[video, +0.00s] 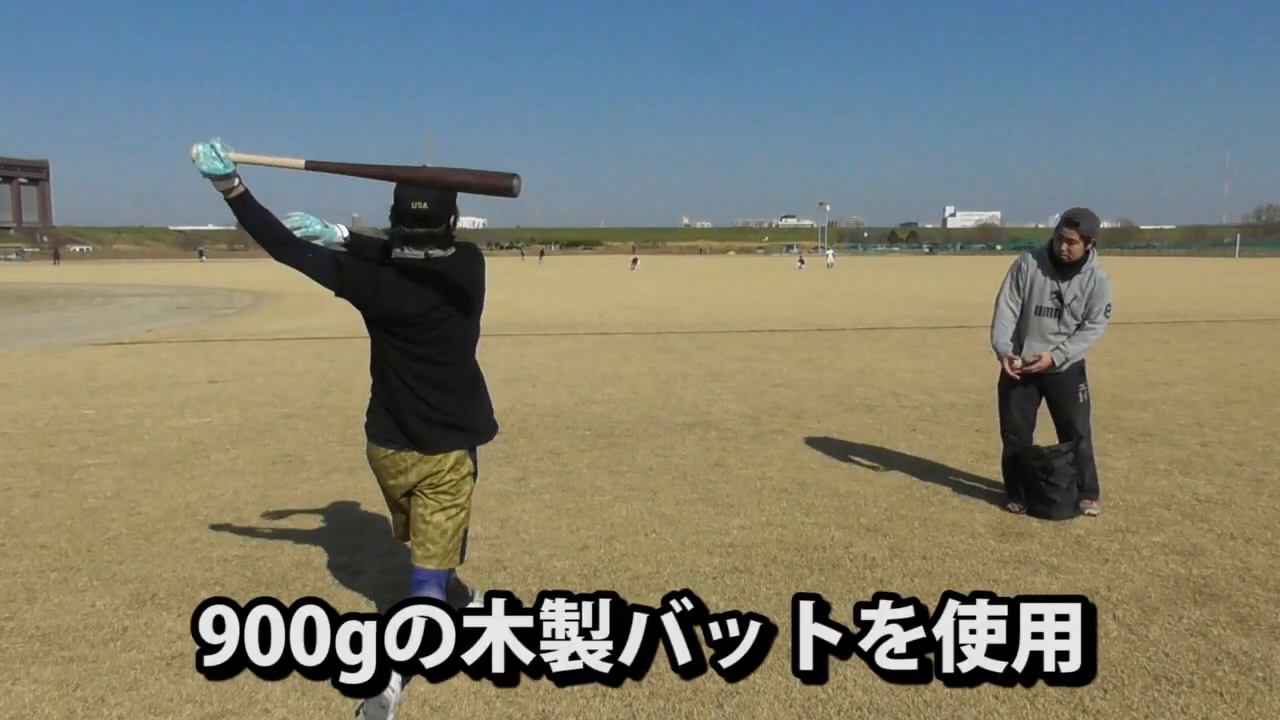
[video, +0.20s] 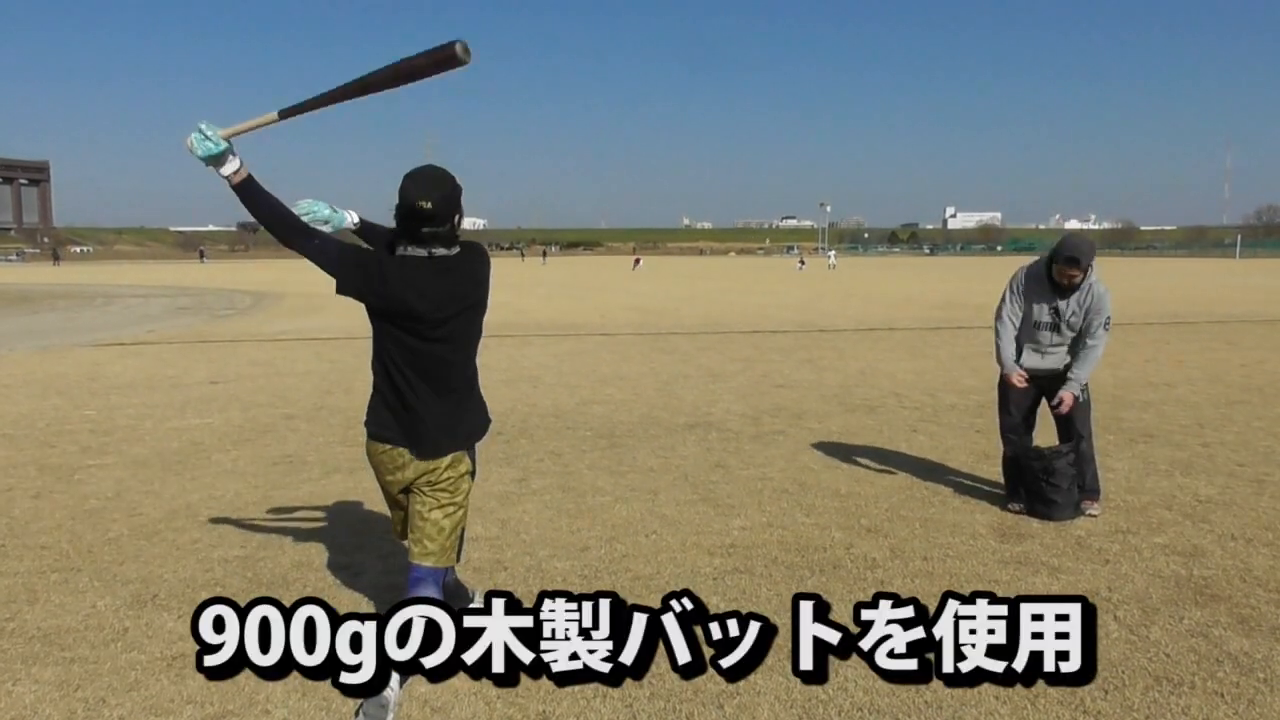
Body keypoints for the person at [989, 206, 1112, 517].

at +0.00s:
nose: (1063, 247)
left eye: (1072, 242)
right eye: (1060, 239)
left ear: (1089, 244)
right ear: (1053, 235)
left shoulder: (1097, 280)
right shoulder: (1028, 265)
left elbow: (1092, 329)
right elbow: (1006, 308)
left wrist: (1055, 357)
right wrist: (1004, 349)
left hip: (1066, 366)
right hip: (1019, 363)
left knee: (1077, 432)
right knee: (1015, 433)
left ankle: (1087, 494)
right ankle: (1016, 493)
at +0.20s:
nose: (1067, 280)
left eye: (1074, 276)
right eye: (1063, 274)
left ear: (1087, 270)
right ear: (1053, 262)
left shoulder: (1096, 295)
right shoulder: (1026, 279)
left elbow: (1093, 345)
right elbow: (1006, 321)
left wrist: (1073, 386)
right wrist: (1008, 364)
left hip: (1066, 373)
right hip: (1022, 369)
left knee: (1079, 436)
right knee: (1014, 435)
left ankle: (1088, 496)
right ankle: (1016, 495)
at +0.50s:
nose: (1044, 320)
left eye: (1052, 316)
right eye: (1039, 313)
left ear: (1067, 310)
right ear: (1033, 301)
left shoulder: (1082, 321)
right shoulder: (1013, 305)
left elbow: (1085, 372)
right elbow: (998, 345)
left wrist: (1067, 419)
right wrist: (1002, 385)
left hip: (1062, 379)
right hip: (1021, 377)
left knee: (1076, 433)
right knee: (1014, 434)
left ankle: (1087, 495)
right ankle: (1015, 494)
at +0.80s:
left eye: (1023, 315)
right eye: (1015, 317)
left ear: (1025, 311)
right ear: (1002, 316)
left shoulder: (1052, 328)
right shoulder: (1000, 315)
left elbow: (1056, 383)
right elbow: (996, 344)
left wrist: (1034, 430)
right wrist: (996, 380)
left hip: (1072, 368)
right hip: (1030, 367)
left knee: (1069, 429)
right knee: (1018, 426)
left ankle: (1086, 493)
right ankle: (1015, 488)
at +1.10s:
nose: (986, 320)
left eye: (984, 316)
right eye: (984, 316)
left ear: (984, 315)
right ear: (998, 292)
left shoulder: (1028, 340)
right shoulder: (1009, 298)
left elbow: (1035, 396)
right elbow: (1004, 346)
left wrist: (1027, 438)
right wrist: (1010, 377)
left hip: (1082, 368)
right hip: (1047, 369)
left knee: (1074, 431)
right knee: (1030, 430)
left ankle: (1089, 493)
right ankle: (1019, 490)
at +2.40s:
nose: (979, 282)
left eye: (978, 277)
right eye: (978, 277)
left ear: (988, 280)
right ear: (1004, 262)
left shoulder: (1028, 302)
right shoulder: (1011, 288)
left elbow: (1043, 355)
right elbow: (1007, 330)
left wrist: (1040, 398)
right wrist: (1005, 362)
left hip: (1073, 364)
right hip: (1038, 362)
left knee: (1068, 425)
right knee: (1025, 423)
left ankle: (1088, 491)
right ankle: (1017, 487)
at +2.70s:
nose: (999, 248)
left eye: (1000, 242)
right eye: (999, 242)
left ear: (1004, 244)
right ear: (1029, 231)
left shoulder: (1034, 270)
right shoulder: (1032, 259)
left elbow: (1044, 321)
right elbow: (1018, 311)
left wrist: (1041, 366)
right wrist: (1008, 345)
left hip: (1067, 358)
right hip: (1037, 356)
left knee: (1067, 427)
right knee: (1022, 422)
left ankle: (1086, 490)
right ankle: (1015, 485)